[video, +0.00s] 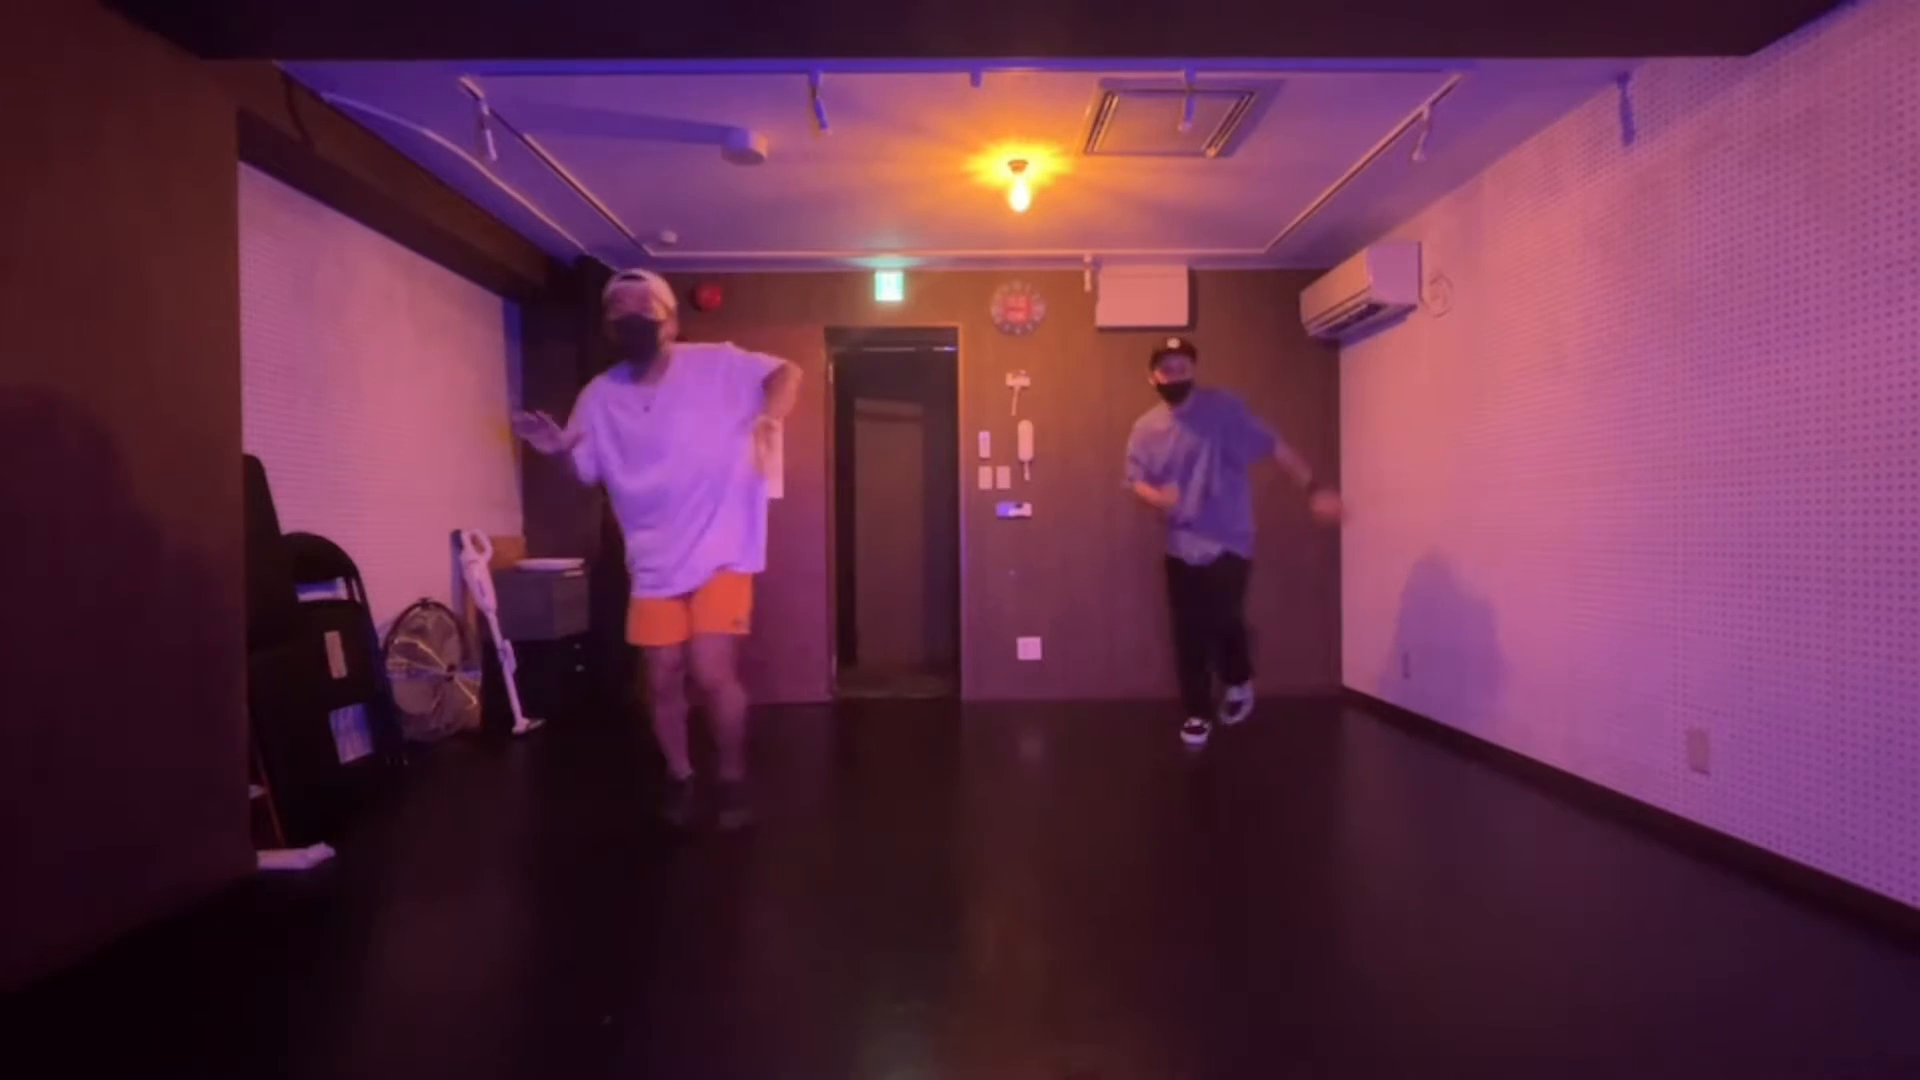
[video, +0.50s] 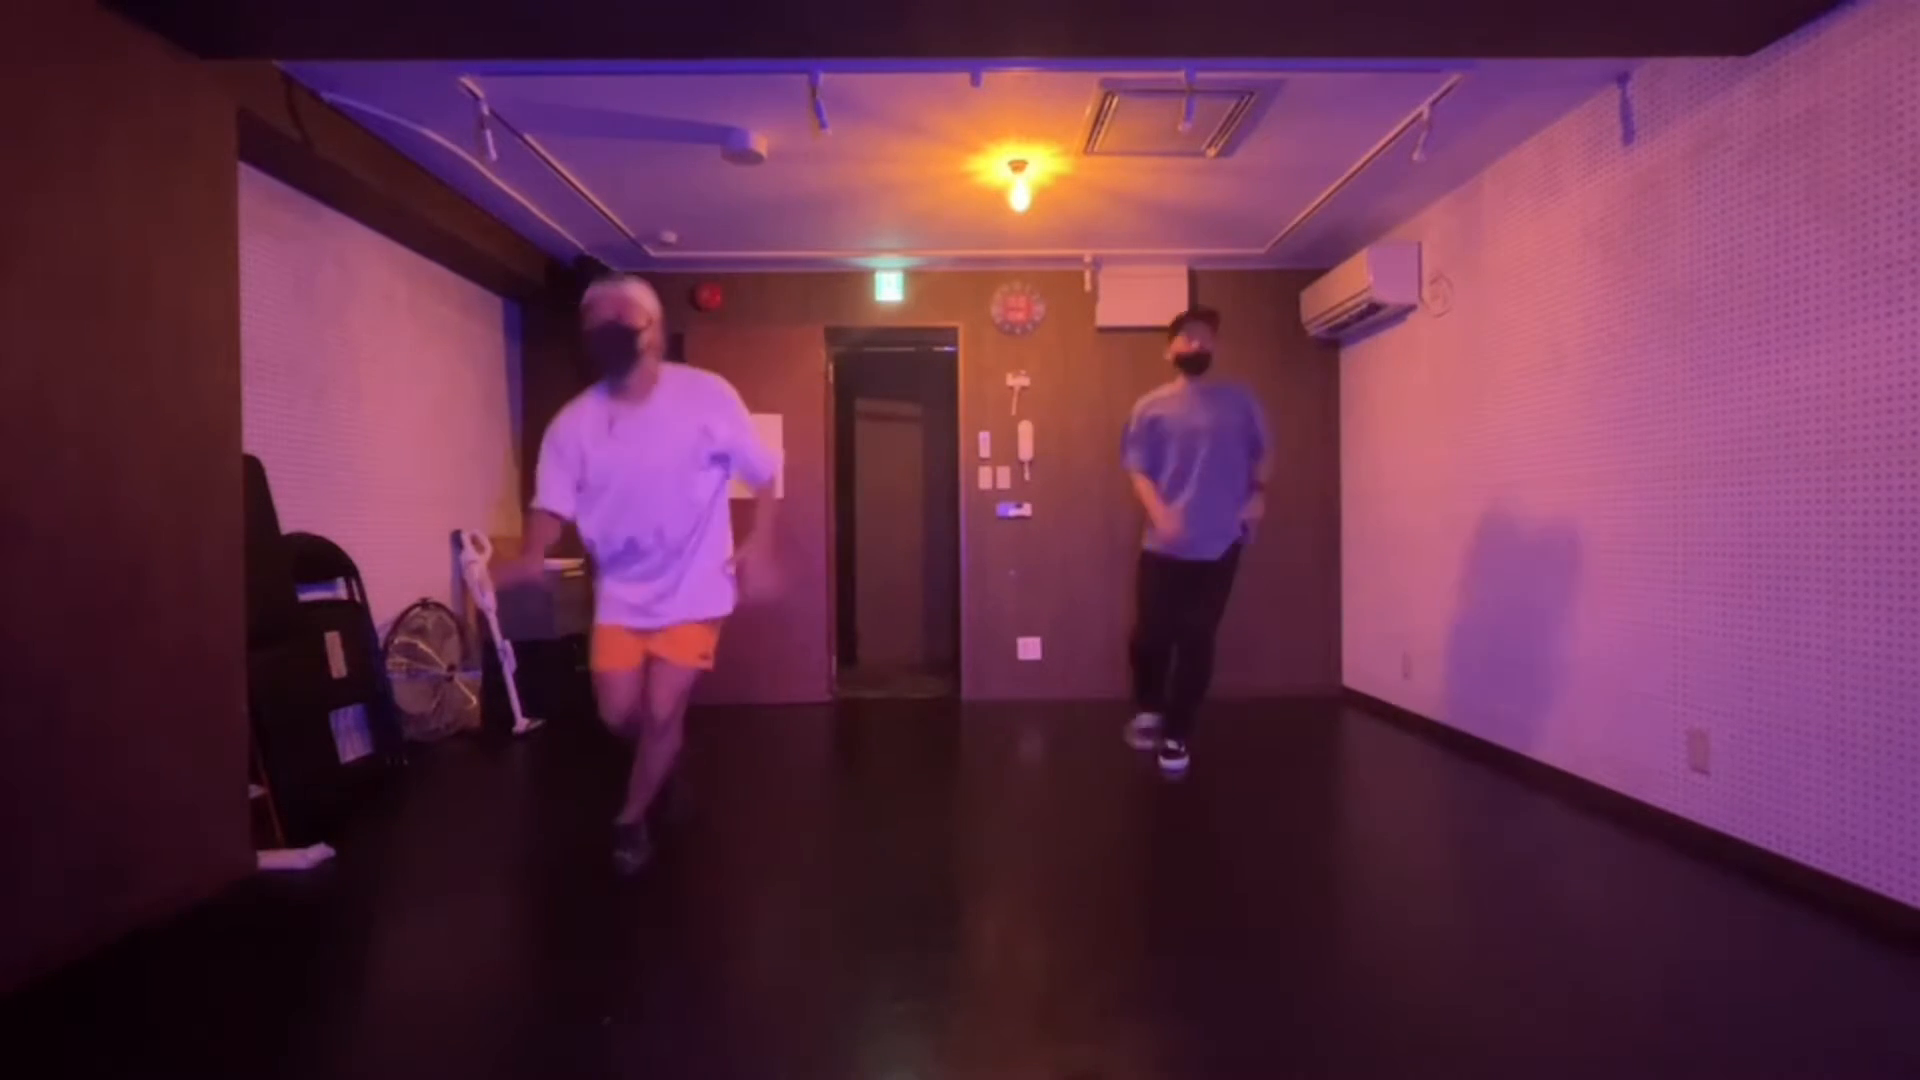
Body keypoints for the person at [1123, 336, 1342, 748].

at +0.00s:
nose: (1174, 376)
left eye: (1181, 367)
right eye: (1165, 368)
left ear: (1194, 369)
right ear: (1153, 375)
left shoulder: (1222, 409)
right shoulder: (1147, 427)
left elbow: (1273, 446)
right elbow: (1135, 480)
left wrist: (1311, 486)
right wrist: (1157, 497)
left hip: (1228, 539)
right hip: (1182, 544)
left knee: (1224, 618)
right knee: (1188, 630)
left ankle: (1238, 682)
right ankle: (1195, 711)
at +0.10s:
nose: (1172, 382)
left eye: (1180, 373)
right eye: (1163, 374)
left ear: (1194, 377)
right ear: (1152, 381)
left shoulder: (1224, 410)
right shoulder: (1145, 432)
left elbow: (1281, 430)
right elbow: (1136, 490)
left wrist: (1331, 459)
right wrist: (1163, 465)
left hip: (1222, 539)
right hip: (1176, 545)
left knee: (1201, 623)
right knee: (1176, 632)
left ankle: (1201, 712)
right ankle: (1199, 711)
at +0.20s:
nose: (1174, 394)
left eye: (1182, 385)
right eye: (1165, 387)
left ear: (1196, 389)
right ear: (1154, 395)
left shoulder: (1225, 418)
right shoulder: (1146, 444)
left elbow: (1283, 427)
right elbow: (1135, 500)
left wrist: (1337, 452)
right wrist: (1162, 457)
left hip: (1219, 553)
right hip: (1173, 560)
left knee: (1189, 639)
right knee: (1165, 646)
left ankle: (1183, 735)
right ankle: (1202, 718)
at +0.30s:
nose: (1178, 392)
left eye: (1186, 382)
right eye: (1169, 383)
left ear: (1199, 386)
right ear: (1157, 392)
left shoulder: (1229, 418)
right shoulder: (1147, 443)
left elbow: (1286, 424)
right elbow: (1132, 502)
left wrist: (1313, 465)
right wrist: (1163, 459)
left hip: (1219, 558)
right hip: (1166, 565)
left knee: (1184, 645)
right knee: (1154, 654)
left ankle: (1176, 737)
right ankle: (1198, 712)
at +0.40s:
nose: (1183, 367)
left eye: (1191, 357)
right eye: (1175, 357)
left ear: (1206, 362)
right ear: (1162, 365)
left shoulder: (1233, 407)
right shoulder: (1148, 423)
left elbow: (1277, 438)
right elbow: (1132, 483)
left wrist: (1283, 484)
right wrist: (1165, 484)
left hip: (1218, 550)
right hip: (1164, 555)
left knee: (1190, 642)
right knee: (1151, 646)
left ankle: (1175, 738)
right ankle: (1183, 718)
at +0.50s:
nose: (1194, 344)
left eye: (1203, 336)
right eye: (1185, 336)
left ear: (1215, 346)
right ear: (1170, 347)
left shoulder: (1239, 402)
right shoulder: (1150, 406)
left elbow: (1262, 453)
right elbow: (1137, 467)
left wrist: (1256, 496)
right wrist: (1159, 513)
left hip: (1218, 549)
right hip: (1164, 548)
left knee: (1197, 642)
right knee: (1151, 635)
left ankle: (1178, 734)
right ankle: (1148, 708)